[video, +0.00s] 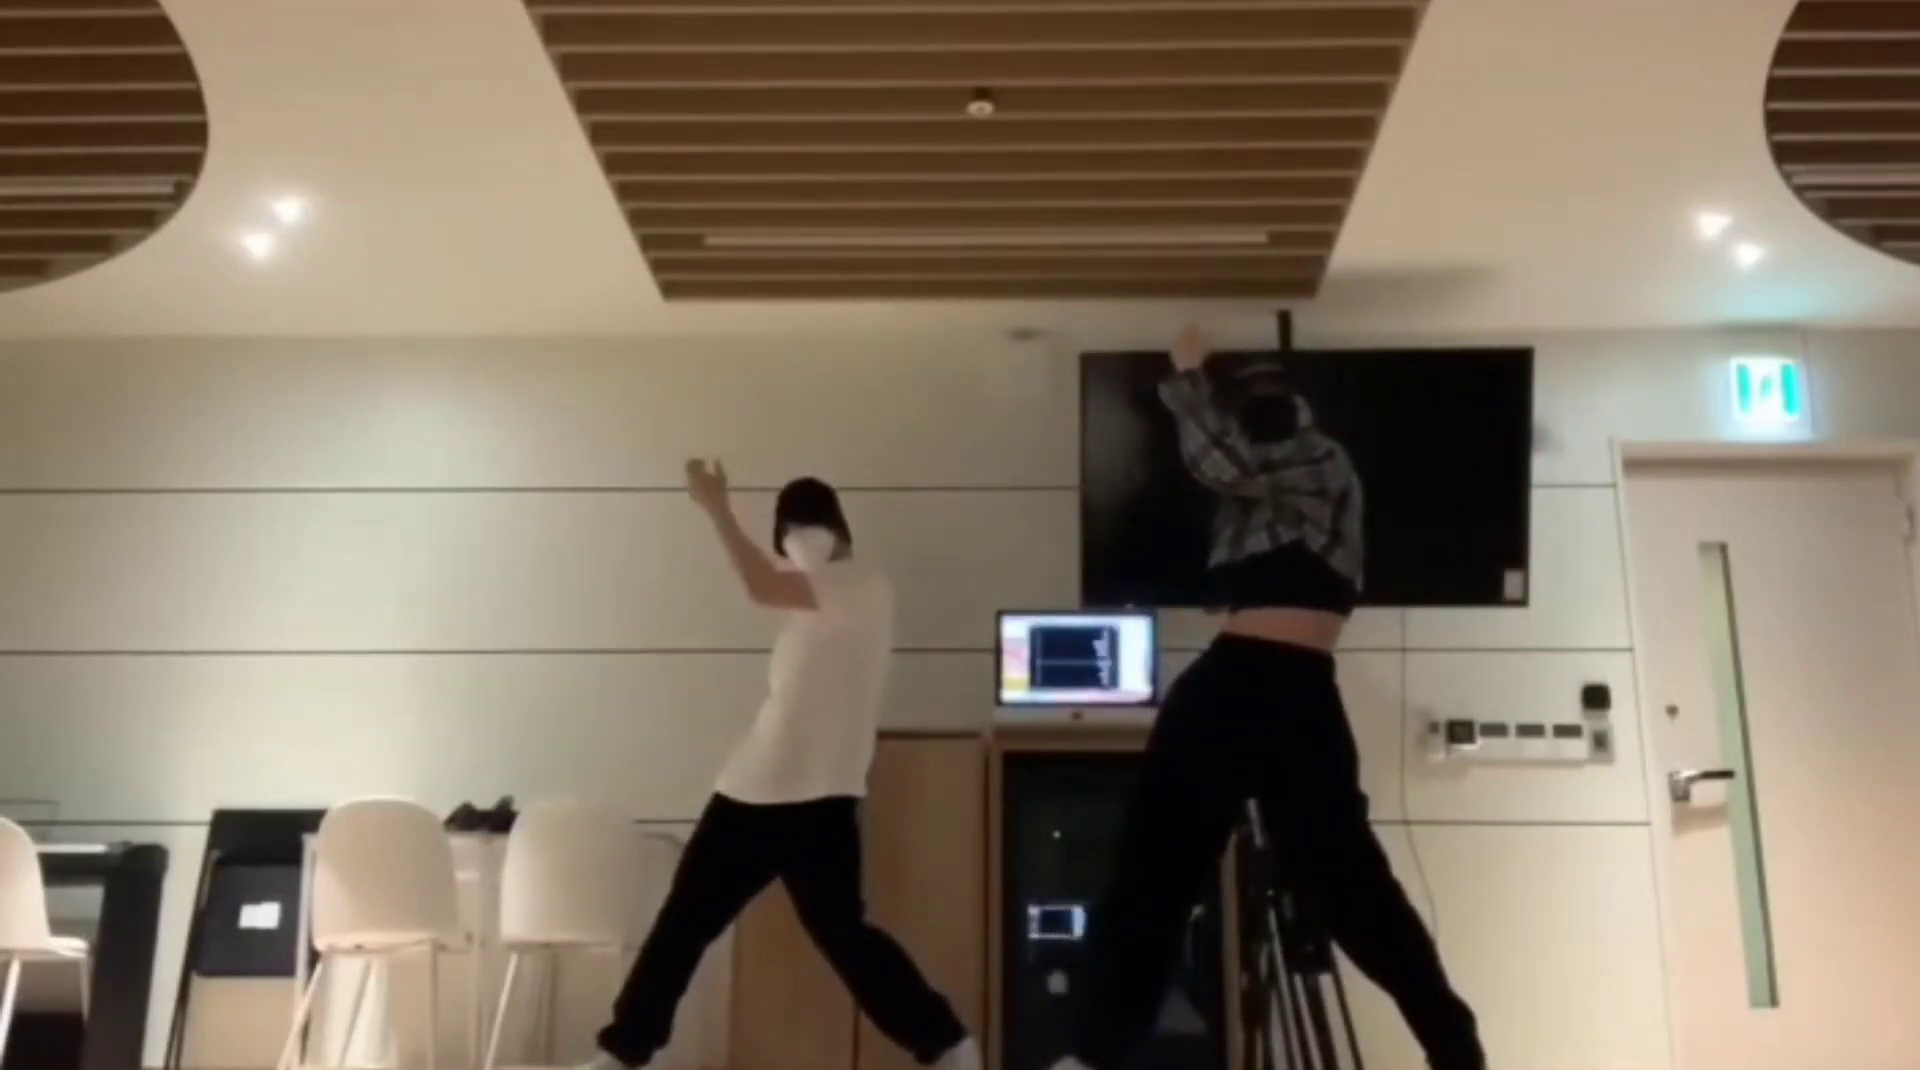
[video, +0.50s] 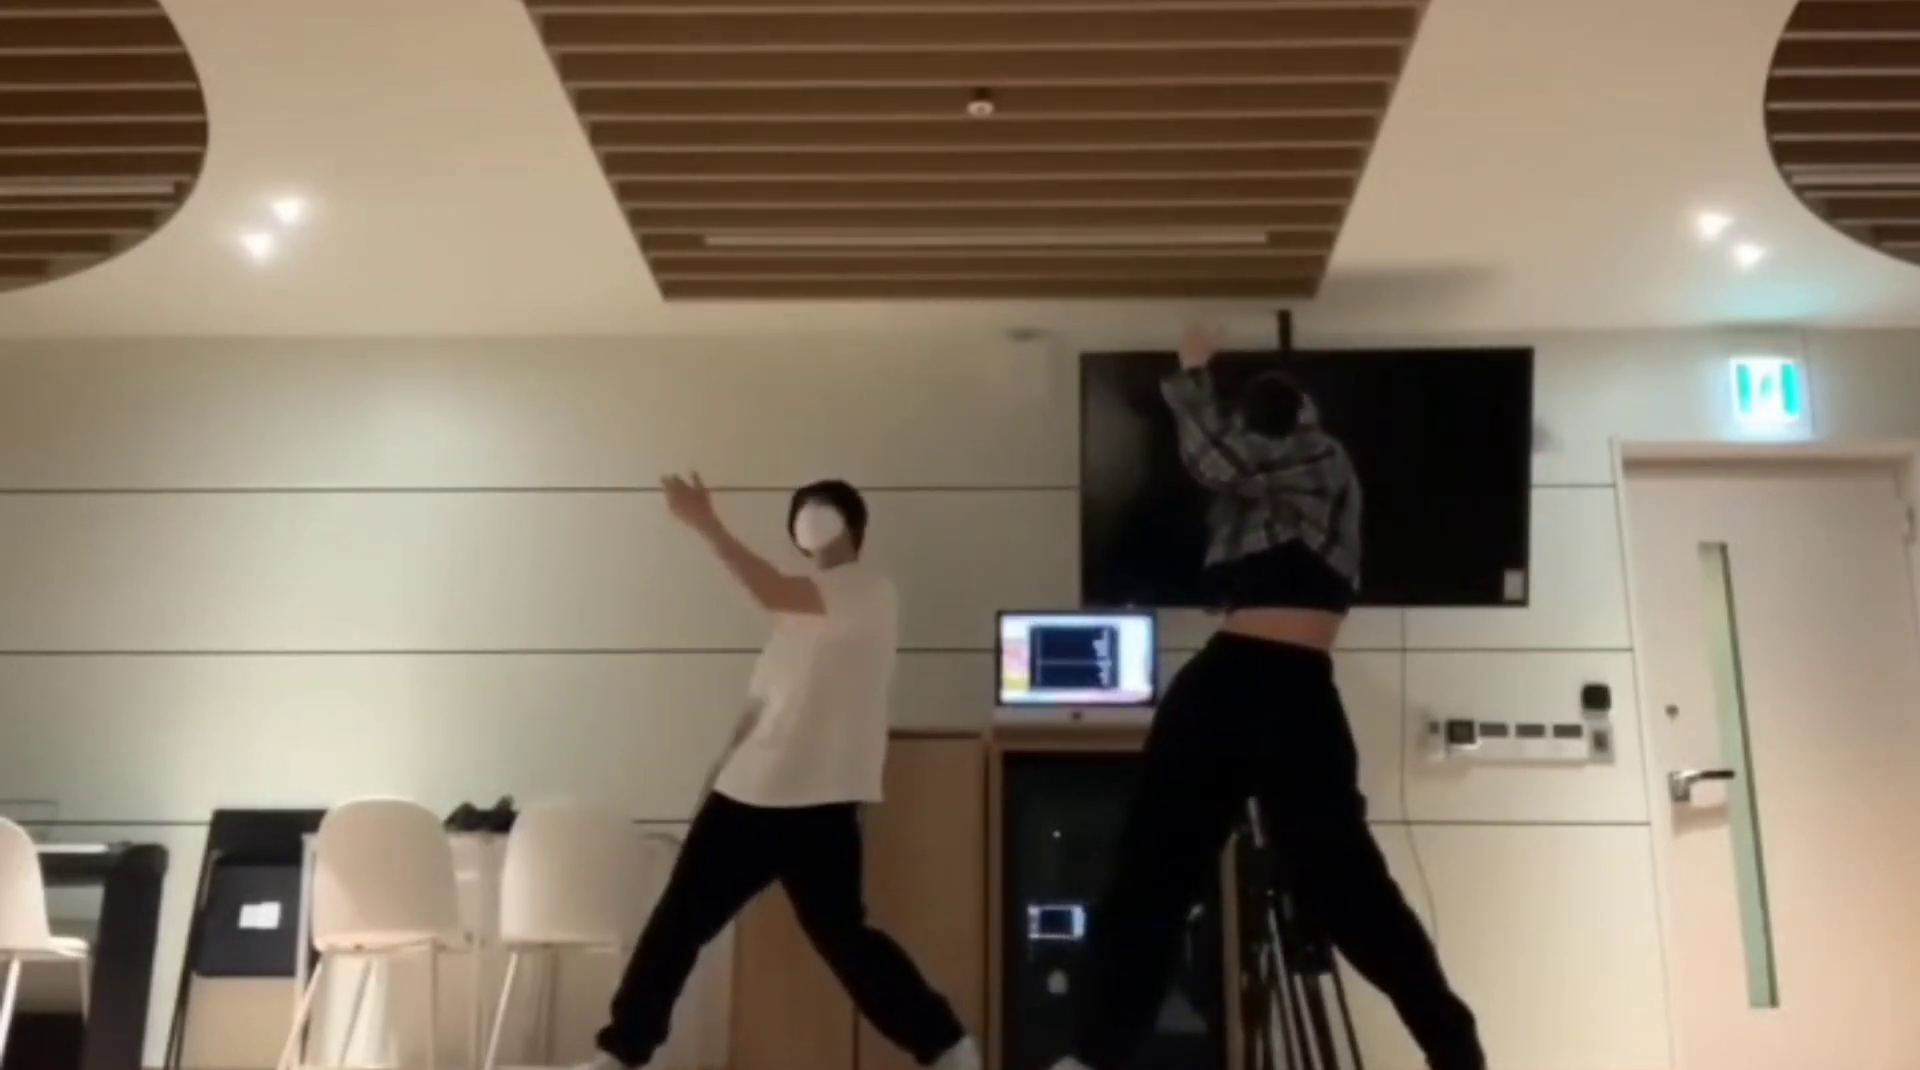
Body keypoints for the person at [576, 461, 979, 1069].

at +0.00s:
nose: (789, 554)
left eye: (791, 541)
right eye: (787, 544)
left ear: (799, 534)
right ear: (840, 530)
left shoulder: (853, 585)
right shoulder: (858, 591)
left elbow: (765, 586)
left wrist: (718, 511)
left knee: (685, 924)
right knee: (842, 931)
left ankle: (624, 1048)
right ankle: (948, 1045)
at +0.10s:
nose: (795, 554)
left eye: (795, 540)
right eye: (793, 544)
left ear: (802, 535)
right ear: (845, 531)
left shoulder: (854, 586)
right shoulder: (864, 592)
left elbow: (769, 590)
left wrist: (712, 519)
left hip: (772, 792)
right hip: (824, 796)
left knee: (685, 923)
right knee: (842, 932)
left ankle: (623, 1049)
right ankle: (948, 1046)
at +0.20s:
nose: (797, 550)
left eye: (803, 535)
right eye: (793, 540)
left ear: (830, 531)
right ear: (842, 533)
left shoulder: (861, 588)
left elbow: (771, 590)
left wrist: (713, 522)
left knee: (682, 925)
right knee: (843, 933)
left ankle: (623, 1049)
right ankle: (948, 1047)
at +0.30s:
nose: (801, 538)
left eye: (809, 523)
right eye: (794, 529)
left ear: (839, 526)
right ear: (795, 543)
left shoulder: (865, 589)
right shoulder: (823, 597)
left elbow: (773, 591)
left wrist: (712, 522)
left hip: (807, 797)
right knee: (841, 933)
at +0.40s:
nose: (807, 535)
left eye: (819, 520)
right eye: (798, 525)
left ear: (846, 527)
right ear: (793, 539)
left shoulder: (867, 590)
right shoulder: (814, 595)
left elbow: (775, 592)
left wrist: (712, 523)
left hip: (811, 798)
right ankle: (622, 1049)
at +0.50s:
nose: (813, 527)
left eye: (826, 514)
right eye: (803, 518)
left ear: (855, 525)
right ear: (795, 535)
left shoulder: (871, 592)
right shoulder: (799, 605)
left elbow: (777, 593)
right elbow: (767, 701)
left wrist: (707, 526)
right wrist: (728, 763)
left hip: (816, 798)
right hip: (749, 793)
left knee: (841, 932)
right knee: (677, 925)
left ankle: (946, 1046)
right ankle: (622, 1049)